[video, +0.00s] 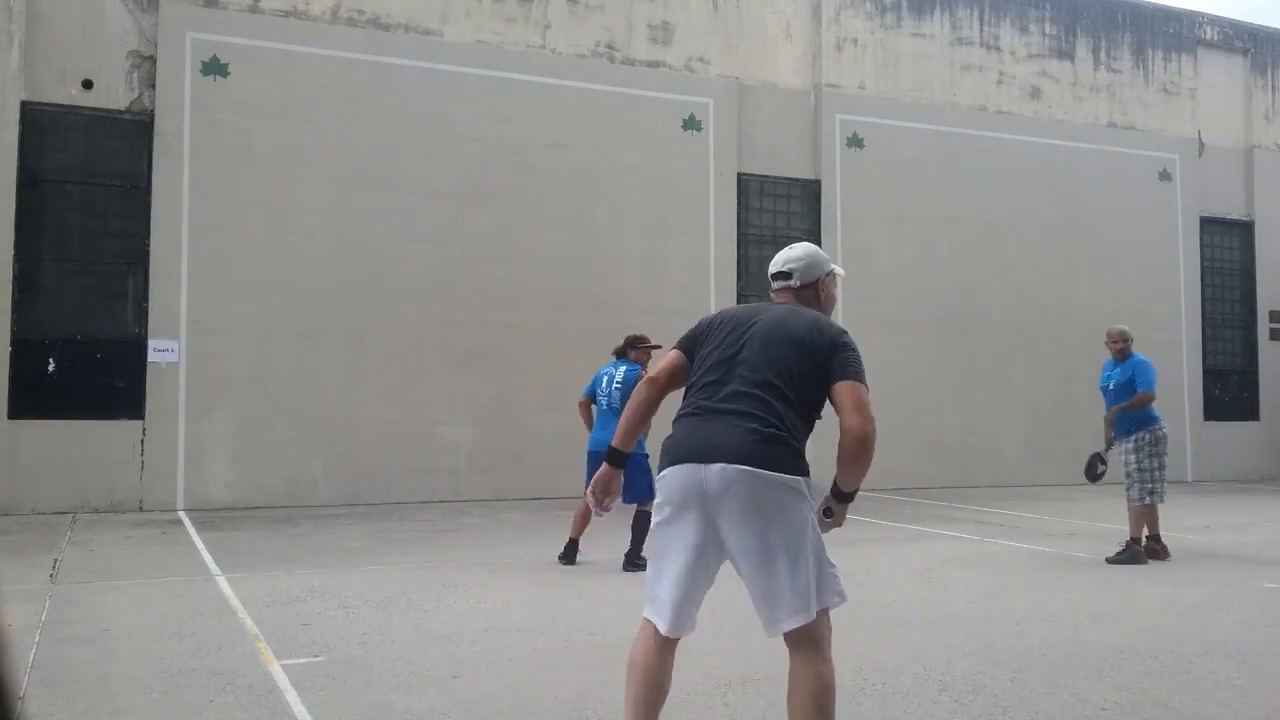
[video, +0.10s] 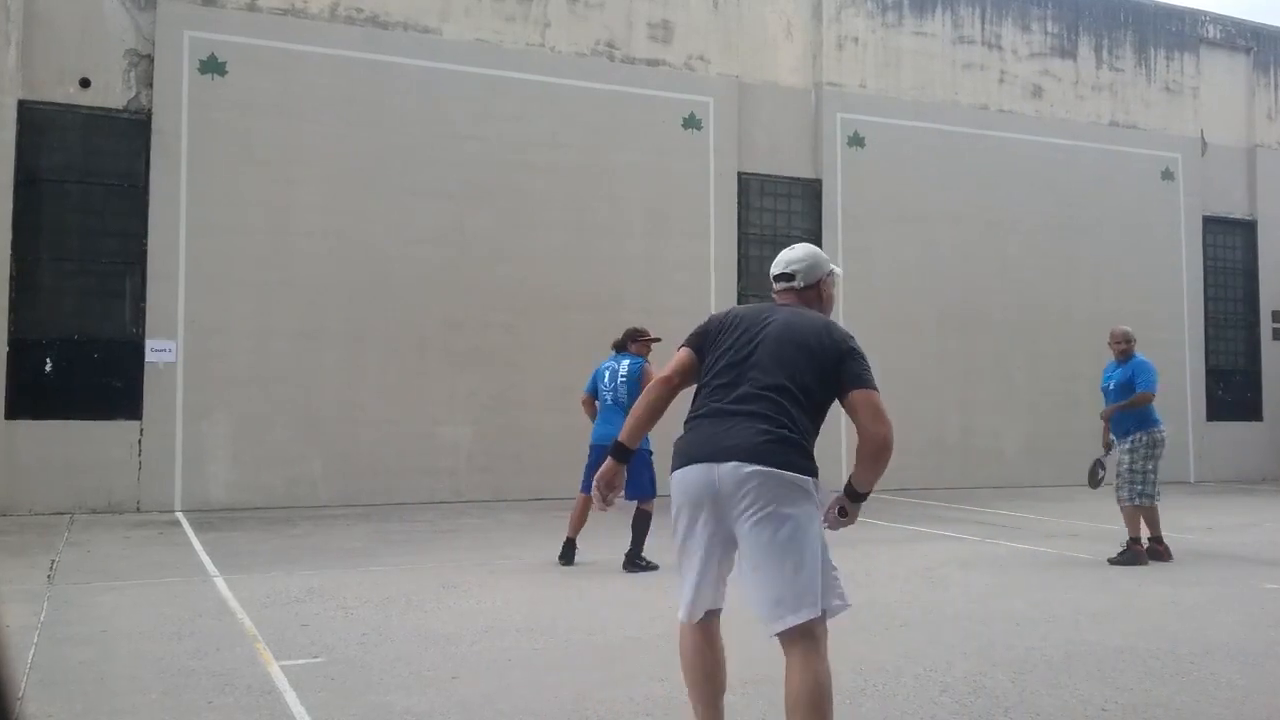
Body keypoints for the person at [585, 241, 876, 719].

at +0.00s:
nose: (835, 295)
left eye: (834, 286)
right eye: (833, 286)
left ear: (777, 289)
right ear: (821, 287)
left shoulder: (718, 321)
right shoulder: (829, 335)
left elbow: (653, 380)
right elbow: (858, 428)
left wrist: (615, 460)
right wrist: (840, 498)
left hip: (681, 465)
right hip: (763, 469)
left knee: (659, 623)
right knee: (807, 636)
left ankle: (637, 715)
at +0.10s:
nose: (834, 294)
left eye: (832, 285)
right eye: (831, 285)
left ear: (775, 290)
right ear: (821, 288)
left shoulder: (722, 321)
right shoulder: (833, 338)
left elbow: (666, 381)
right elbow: (877, 434)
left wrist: (618, 455)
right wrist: (853, 498)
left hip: (692, 467)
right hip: (772, 468)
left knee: (697, 613)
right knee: (802, 636)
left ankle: (707, 715)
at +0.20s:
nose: (813, 301)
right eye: (813, 295)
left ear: (759, 296)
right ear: (811, 297)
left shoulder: (720, 331)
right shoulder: (827, 343)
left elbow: (665, 393)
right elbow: (881, 430)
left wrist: (617, 465)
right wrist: (860, 491)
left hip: (705, 479)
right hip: (780, 474)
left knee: (729, 604)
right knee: (802, 629)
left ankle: (769, 714)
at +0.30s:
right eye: (790, 294)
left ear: (739, 297)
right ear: (788, 298)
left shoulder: (709, 342)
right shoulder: (811, 342)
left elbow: (658, 412)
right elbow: (867, 415)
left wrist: (619, 484)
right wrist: (869, 481)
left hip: (716, 483)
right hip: (787, 477)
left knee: (752, 615)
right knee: (820, 624)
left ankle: (799, 714)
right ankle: (830, 715)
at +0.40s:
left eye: (717, 299)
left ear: (716, 303)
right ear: (762, 302)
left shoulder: (694, 351)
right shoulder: (791, 341)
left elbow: (651, 433)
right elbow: (843, 397)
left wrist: (631, 488)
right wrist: (869, 466)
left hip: (723, 485)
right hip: (790, 480)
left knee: (751, 614)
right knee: (826, 606)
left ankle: (799, 715)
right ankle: (843, 695)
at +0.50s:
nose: (700, 306)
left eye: (699, 300)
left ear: (700, 302)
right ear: (744, 301)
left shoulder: (680, 348)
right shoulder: (772, 334)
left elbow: (642, 426)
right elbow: (814, 376)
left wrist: (656, 449)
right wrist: (853, 443)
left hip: (716, 478)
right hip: (778, 469)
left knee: (746, 611)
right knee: (797, 577)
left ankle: (799, 711)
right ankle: (816, 684)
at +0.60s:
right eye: (735, 292)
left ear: (694, 293)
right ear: (737, 294)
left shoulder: (668, 334)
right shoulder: (758, 331)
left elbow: (632, 402)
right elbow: (798, 384)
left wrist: (666, 422)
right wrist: (823, 445)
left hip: (692, 463)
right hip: (751, 458)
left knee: (729, 582)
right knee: (765, 561)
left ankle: (776, 670)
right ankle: (771, 667)